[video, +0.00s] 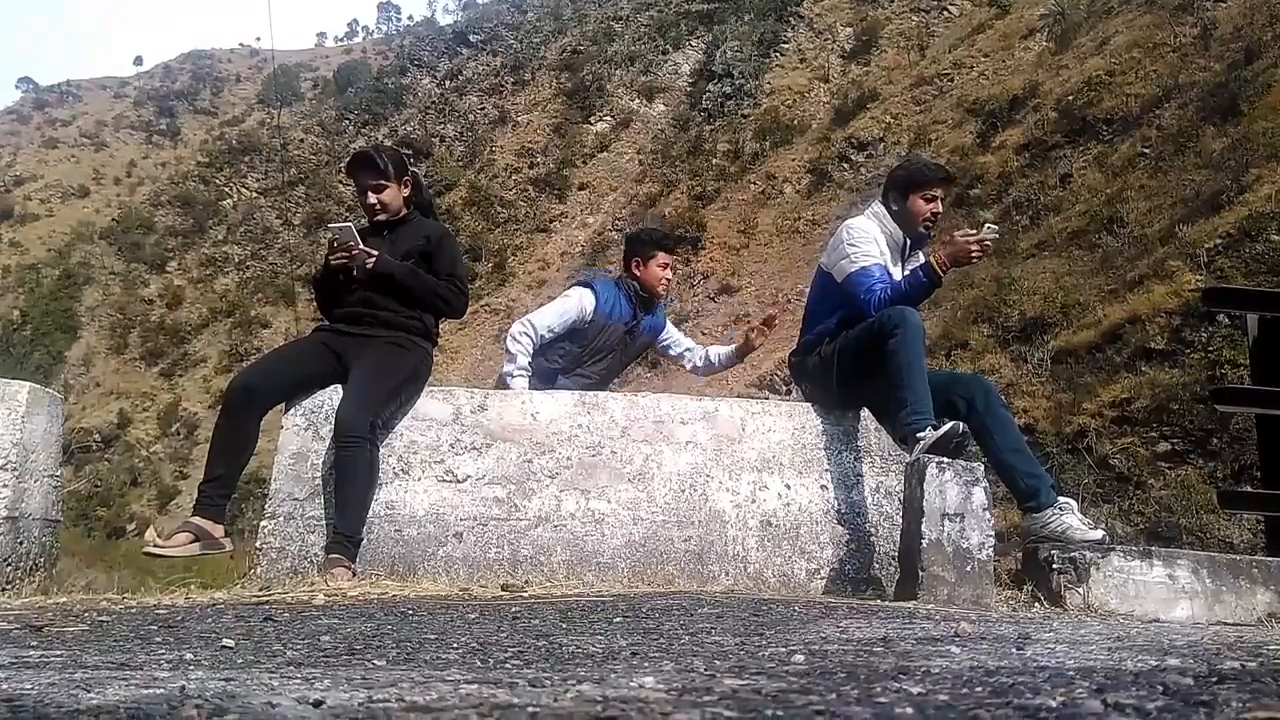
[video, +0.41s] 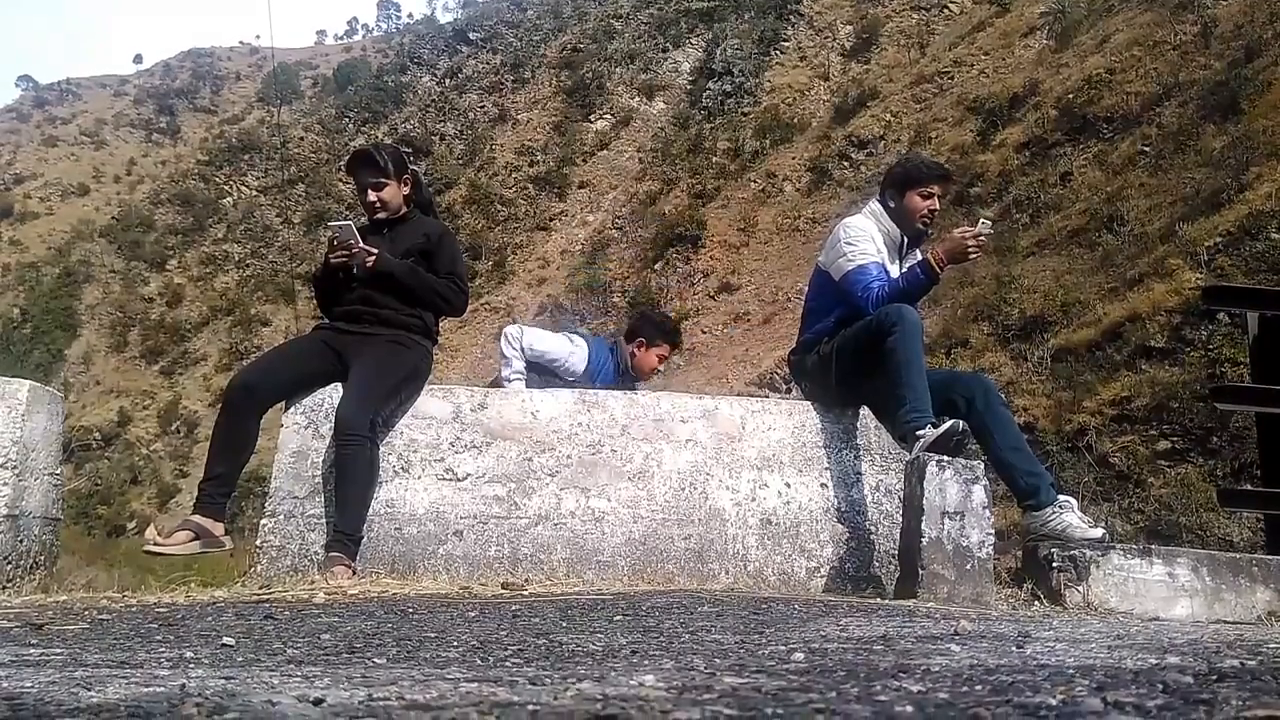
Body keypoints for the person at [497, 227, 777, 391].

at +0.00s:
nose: (669, 276)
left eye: (671, 268)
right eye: (662, 267)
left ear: (665, 272)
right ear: (636, 266)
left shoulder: (654, 320)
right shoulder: (593, 295)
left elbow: (698, 359)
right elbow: (524, 331)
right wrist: (518, 392)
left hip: (581, 409)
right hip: (538, 400)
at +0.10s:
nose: (669, 295)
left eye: (672, 288)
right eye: (665, 285)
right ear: (640, 280)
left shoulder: (647, 336)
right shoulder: (590, 307)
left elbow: (667, 384)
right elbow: (518, 333)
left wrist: (696, 387)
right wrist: (516, 391)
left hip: (566, 414)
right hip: (525, 400)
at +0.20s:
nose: (669, 320)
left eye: (671, 313)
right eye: (666, 310)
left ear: (645, 304)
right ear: (642, 302)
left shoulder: (639, 352)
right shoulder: (588, 322)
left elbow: (651, 402)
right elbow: (513, 335)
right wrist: (516, 393)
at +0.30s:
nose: (665, 345)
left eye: (669, 338)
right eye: (664, 335)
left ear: (643, 327)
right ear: (641, 326)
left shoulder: (633, 375)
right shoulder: (589, 340)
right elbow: (514, 335)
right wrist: (515, 392)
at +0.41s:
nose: (660, 368)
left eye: (664, 361)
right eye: (660, 358)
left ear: (639, 347)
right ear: (638, 347)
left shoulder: (626, 376)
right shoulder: (582, 355)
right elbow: (513, 335)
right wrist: (516, 391)